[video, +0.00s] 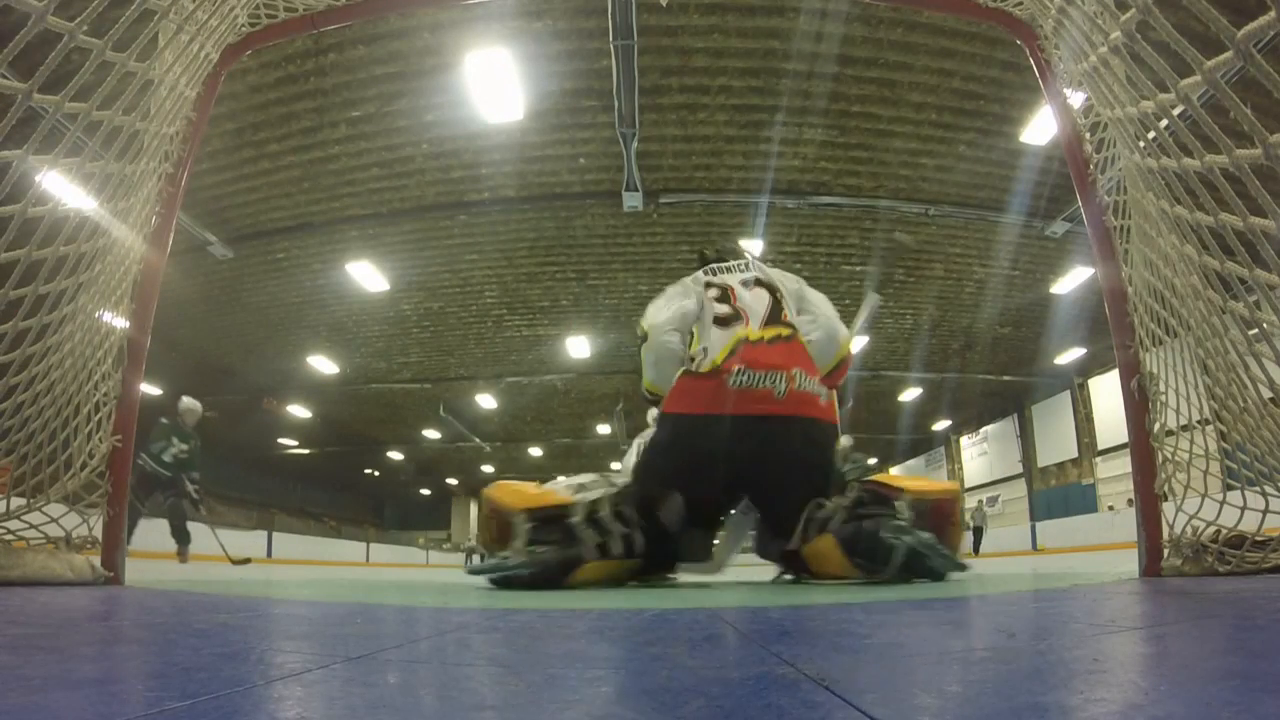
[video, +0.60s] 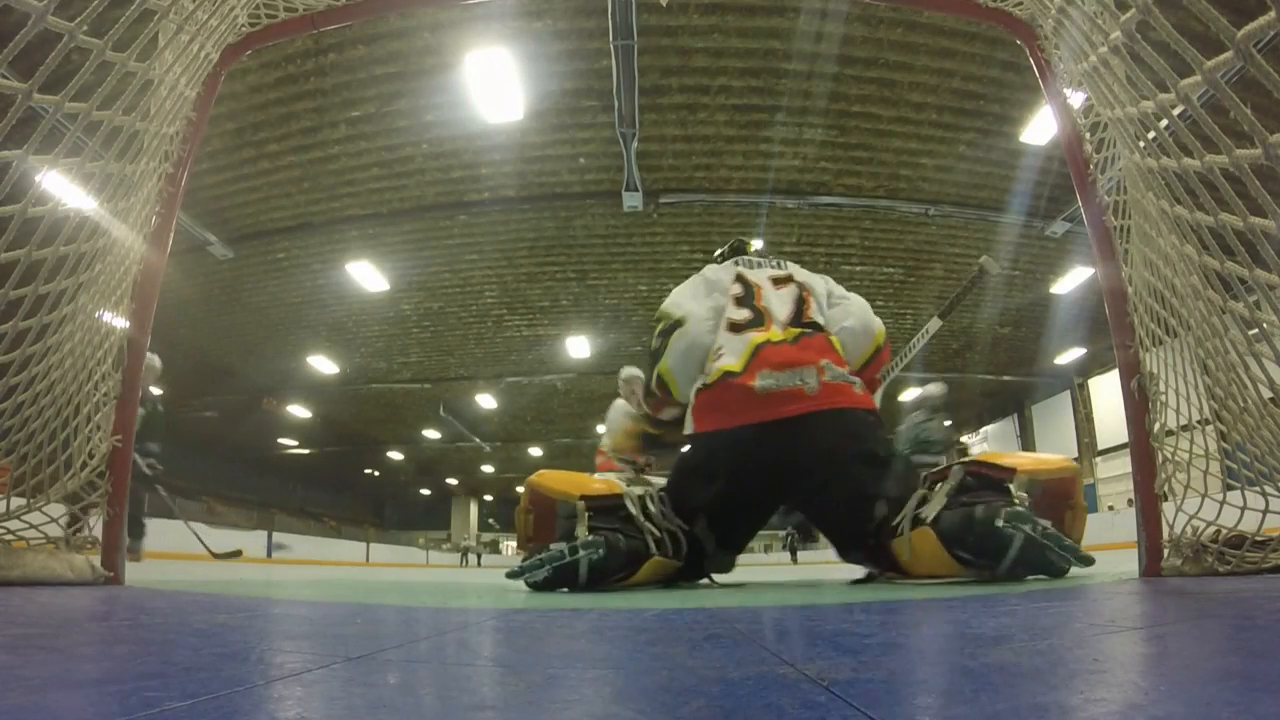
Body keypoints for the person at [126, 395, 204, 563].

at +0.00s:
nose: (194, 420)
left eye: (196, 417)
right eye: (192, 415)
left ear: (198, 417)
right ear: (182, 414)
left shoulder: (193, 440)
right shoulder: (164, 426)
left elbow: (192, 467)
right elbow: (153, 451)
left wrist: (194, 487)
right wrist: (174, 474)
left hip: (171, 477)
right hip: (149, 473)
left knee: (175, 506)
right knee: (134, 504)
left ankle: (182, 544)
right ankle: (122, 541)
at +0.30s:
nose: (171, 401)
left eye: (176, 398)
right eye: (169, 396)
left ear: (180, 401)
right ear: (161, 395)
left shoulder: (179, 428)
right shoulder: (144, 415)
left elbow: (179, 456)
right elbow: (126, 441)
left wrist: (177, 475)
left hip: (160, 472)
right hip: (132, 465)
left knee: (159, 501)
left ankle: (164, 543)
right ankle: (106, 539)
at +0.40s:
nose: (161, 391)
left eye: (166, 387)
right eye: (158, 385)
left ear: (170, 390)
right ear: (151, 384)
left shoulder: (169, 419)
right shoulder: (133, 406)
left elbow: (170, 449)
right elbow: (119, 432)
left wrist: (166, 464)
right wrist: (122, 455)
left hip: (152, 465)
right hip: (125, 460)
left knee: (147, 498)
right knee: (109, 493)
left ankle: (154, 540)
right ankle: (99, 535)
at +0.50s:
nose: (148, 387)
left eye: (153, 383)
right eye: (148, 381)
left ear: (160, 386)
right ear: (143, 382)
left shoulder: (162, 414)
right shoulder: (129, 404)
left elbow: (164, 447)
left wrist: (159, 461)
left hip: (146, 463)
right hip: (123, 459)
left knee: (141, 498)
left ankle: (148, 539)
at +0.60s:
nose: (143, 377)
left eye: (148, 373)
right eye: (141, 371)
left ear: (154, 377)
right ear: (134, 371)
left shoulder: (153, 406)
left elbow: (154, 438)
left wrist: (149, 456)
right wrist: (137, 460)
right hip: (117, 457)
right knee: (118, 499)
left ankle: (135, 542)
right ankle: (114, 541)